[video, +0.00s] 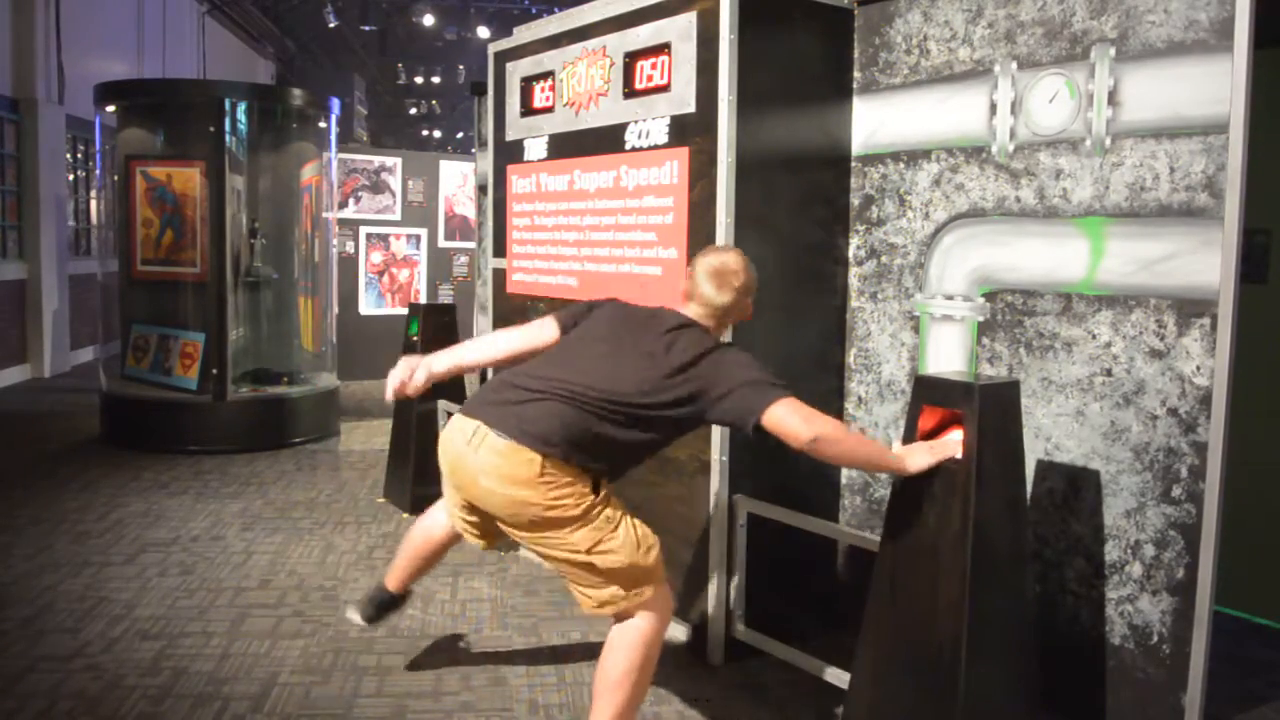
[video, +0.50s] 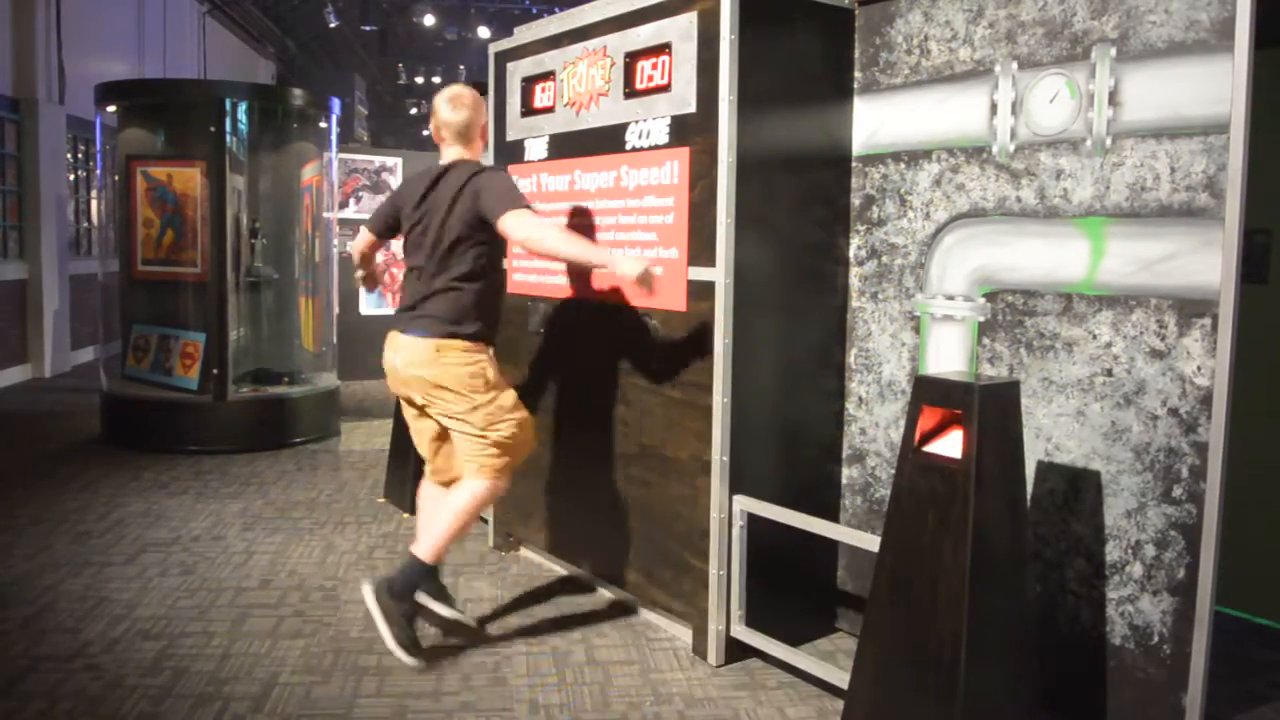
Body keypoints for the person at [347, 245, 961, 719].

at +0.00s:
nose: (737, 311)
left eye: (718, 293)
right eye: (743, 306)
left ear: (680, 286)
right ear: (739, 313)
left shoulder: (609, 313)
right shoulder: (719, 363)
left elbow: (516, 340)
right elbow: (808, 432)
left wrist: (431, 366)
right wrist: (902, 459)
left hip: (467, 433)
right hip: (536, 476)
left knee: (457, 507)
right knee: (647, 601)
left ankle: (381, 597)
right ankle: (606, 718)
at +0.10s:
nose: (675, 286)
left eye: (651, 270)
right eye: (683, 280)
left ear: (628, 273)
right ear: (682, 284)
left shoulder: (557, 311)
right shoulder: (685, 335)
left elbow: (484, 356)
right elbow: (775, 382)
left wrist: (401, 391)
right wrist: (876, 424)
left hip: (459, 459)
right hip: (534, 482)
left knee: (475, 519)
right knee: (644, 606)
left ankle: (441, 617)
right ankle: (606, 716)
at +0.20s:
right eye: (603, 221)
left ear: (556, 233)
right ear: (604, 235)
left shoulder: (508, 290)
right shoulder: (617, 285)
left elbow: (434, 346)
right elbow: (694, 337)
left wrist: (393, 378)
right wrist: (793, 393)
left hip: (457, 458)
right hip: (533, 464)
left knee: (483, 525)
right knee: (627, 590)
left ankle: (464, 644)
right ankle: (602, 715)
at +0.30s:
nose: (547, 191)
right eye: (545, 183)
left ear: (490, 194)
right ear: (539, 192)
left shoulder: (458, 258)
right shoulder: (550, 238)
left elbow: (425, 314)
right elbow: (619, 280)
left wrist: (437, 323)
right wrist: (710, 314)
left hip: (448, 420)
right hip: (515, 415)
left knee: (469, 519)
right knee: (555, 558)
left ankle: (464, 645)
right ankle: (580, 709)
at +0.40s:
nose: (506, 160)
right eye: (510, 150)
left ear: (455, 158)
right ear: (506, 153)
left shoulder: (435, 215)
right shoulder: (515, 203)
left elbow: (395, 261)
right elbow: (578, 241)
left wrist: (400, 269)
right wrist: (666, 258)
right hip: (483, 372)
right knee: (527, 495)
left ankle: (465, 640)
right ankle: (478, 652)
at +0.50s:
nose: (486, 136)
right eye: (486, 127)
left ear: (434, 135)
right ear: (484, 131)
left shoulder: (414, 185)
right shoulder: (486, 181)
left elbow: (362, 248)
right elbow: (527, 231)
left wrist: (370, 273)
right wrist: (612, 259)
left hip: (405, 349)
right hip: (451, 352)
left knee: (441, 469)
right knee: (494, 465)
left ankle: (428, 581)